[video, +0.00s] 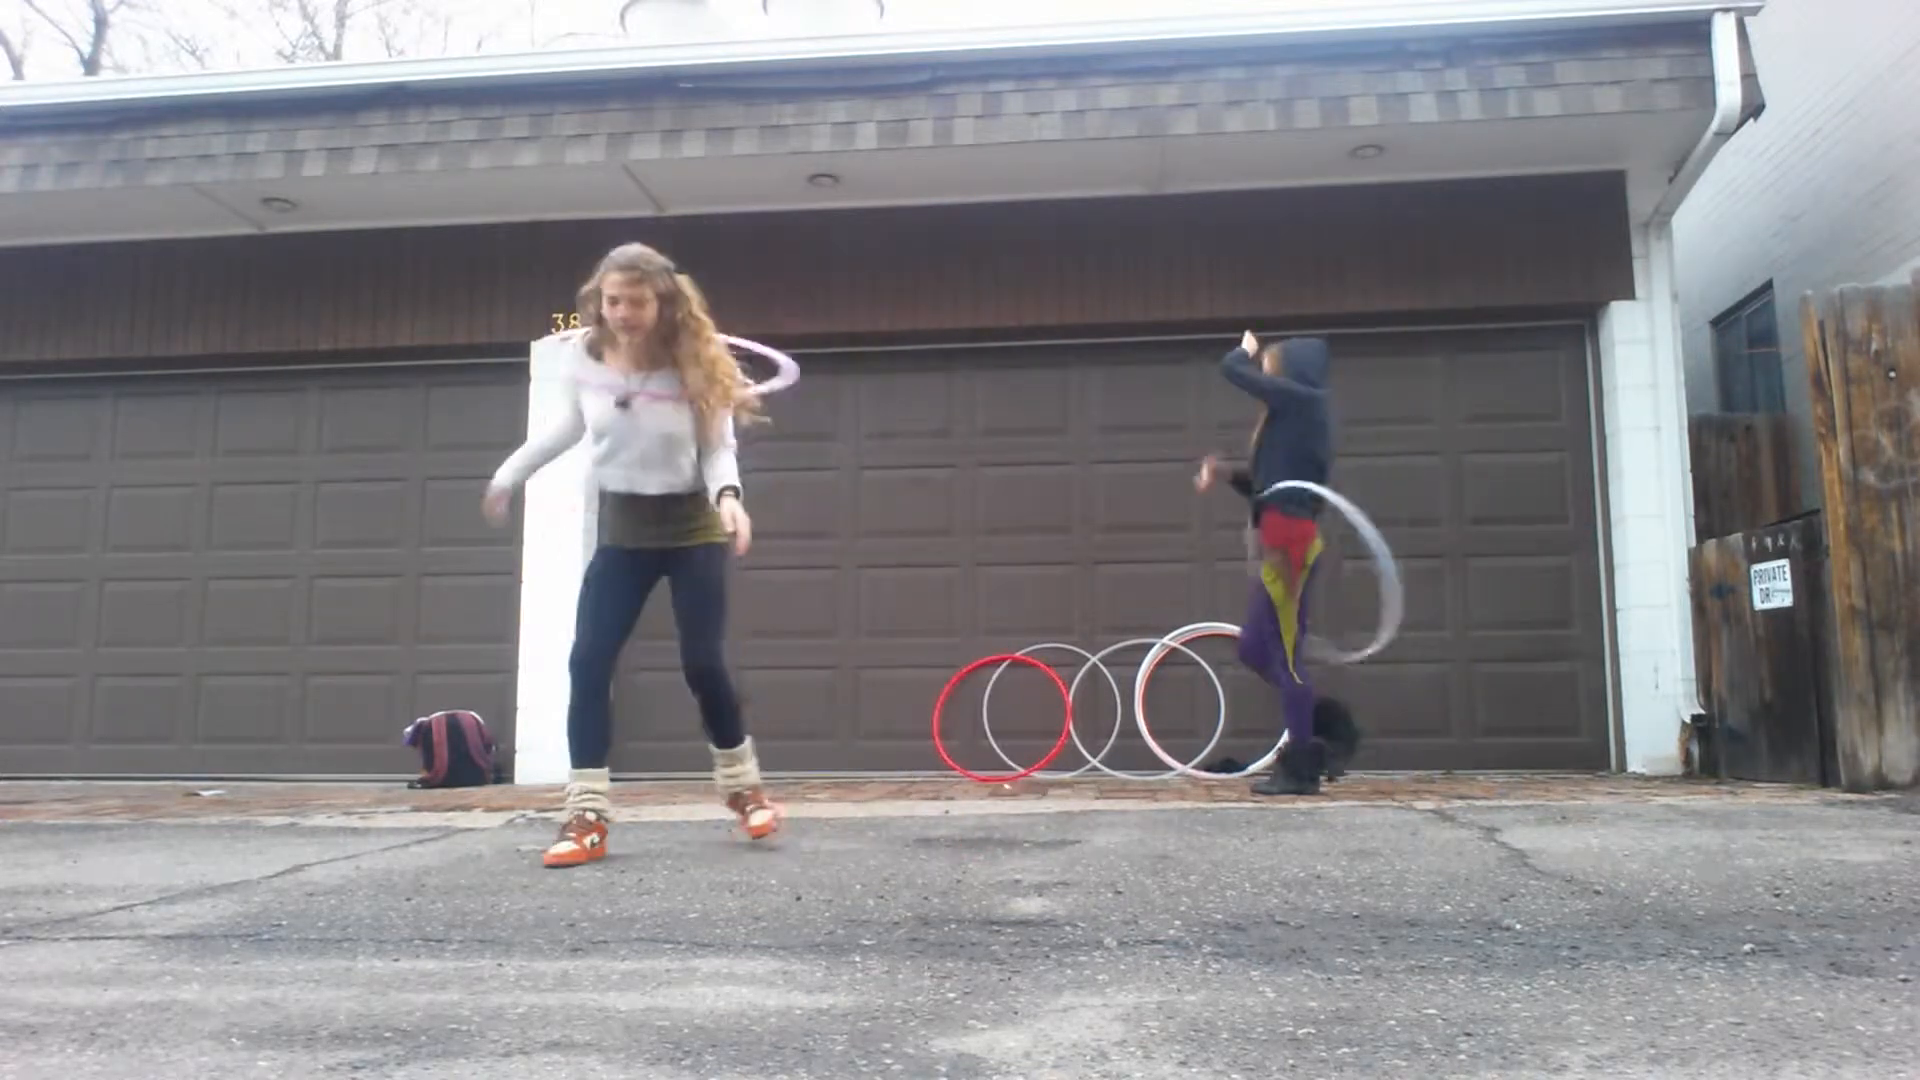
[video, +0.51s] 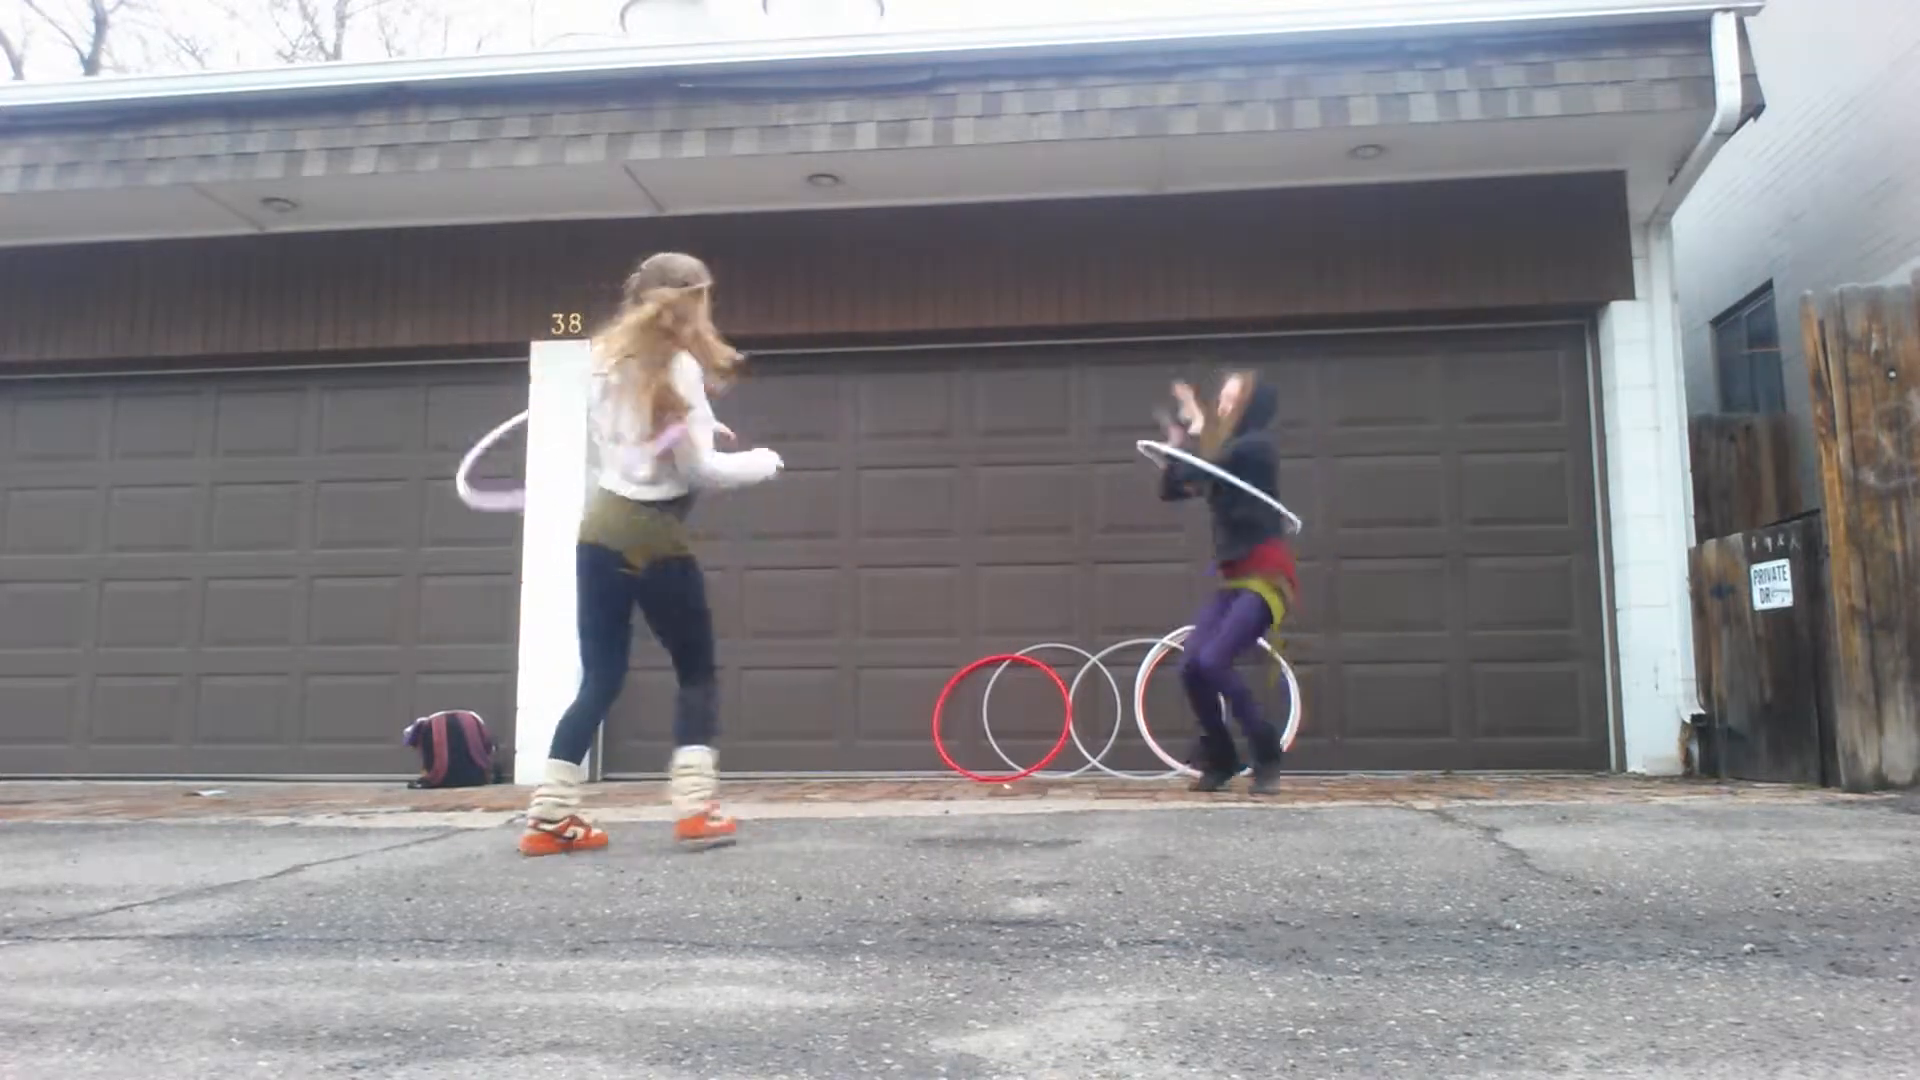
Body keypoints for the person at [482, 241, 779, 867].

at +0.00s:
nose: (621, 313)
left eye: (634, 301)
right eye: (611, 301)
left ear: (663, 302)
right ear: (600, 304)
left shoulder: (699, 362)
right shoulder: (587, 363)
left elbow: (718, 443)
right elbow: (568, 428)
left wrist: (728, 495)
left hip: (695, 531)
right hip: (623, 535)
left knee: (703, 663)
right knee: (588, 662)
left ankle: (744, 790)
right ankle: (587, 813)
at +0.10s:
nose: (623, 328)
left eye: (633, 315)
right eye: (611, 316)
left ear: (655, 314)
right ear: (595, 320)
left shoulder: (687, 367)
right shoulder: (569, 378)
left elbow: (716, 452)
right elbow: (540, 470)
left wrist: (747, 502)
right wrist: (489, 535)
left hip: (676, 537)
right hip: (600, 540)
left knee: (712, 663)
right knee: (570, 658)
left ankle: (677, 785)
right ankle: (585, 813)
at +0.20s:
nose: (645, 334)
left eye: (651, 321)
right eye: (630, 325)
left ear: (661, 318)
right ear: (601, 329)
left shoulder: (684, 363)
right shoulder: (579, 393)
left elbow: (716, 433)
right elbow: (575, 490)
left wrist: (760, 491)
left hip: (651, 543)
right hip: (585, 542)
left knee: (687, 671)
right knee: (584, 669)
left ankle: (603, 782)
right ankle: (582, 813)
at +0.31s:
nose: (661, 333)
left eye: (667, 320)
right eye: (648, 325)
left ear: (676, 318)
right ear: (621, 331)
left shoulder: (674, 371)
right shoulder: (605, 385)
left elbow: (710, 434)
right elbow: (632, 489)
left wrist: (766, 472)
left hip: (631, 530)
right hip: (601, 531)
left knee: (627, 678)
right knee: (631, 676)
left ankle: (553, 809)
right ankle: (587, 812)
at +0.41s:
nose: (697, 324)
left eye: (696, 312)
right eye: (688, 313)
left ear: (648, 320)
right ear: (658, 319)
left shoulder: (621, 369)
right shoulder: (643, 383)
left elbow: (674, 430)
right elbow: (676, 479)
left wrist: (746, 452)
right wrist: (760, 501)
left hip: (594, 534)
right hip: (626, 539)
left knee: (615, 682)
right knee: (687, 675)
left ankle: (552, 811)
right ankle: (624, 809)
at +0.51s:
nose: (707, 314)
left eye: (706, 302)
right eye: (702, 302)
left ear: (642, 301)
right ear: (681, 305)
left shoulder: (605, 358)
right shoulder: (678, 367)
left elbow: (620, 441)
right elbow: (702, 466)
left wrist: (699, 429)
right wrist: (766, 463)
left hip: (597, 533)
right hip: (655, 538)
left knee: (599, 681)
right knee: (695, 667)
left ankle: (550, 813)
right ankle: (695, 806)